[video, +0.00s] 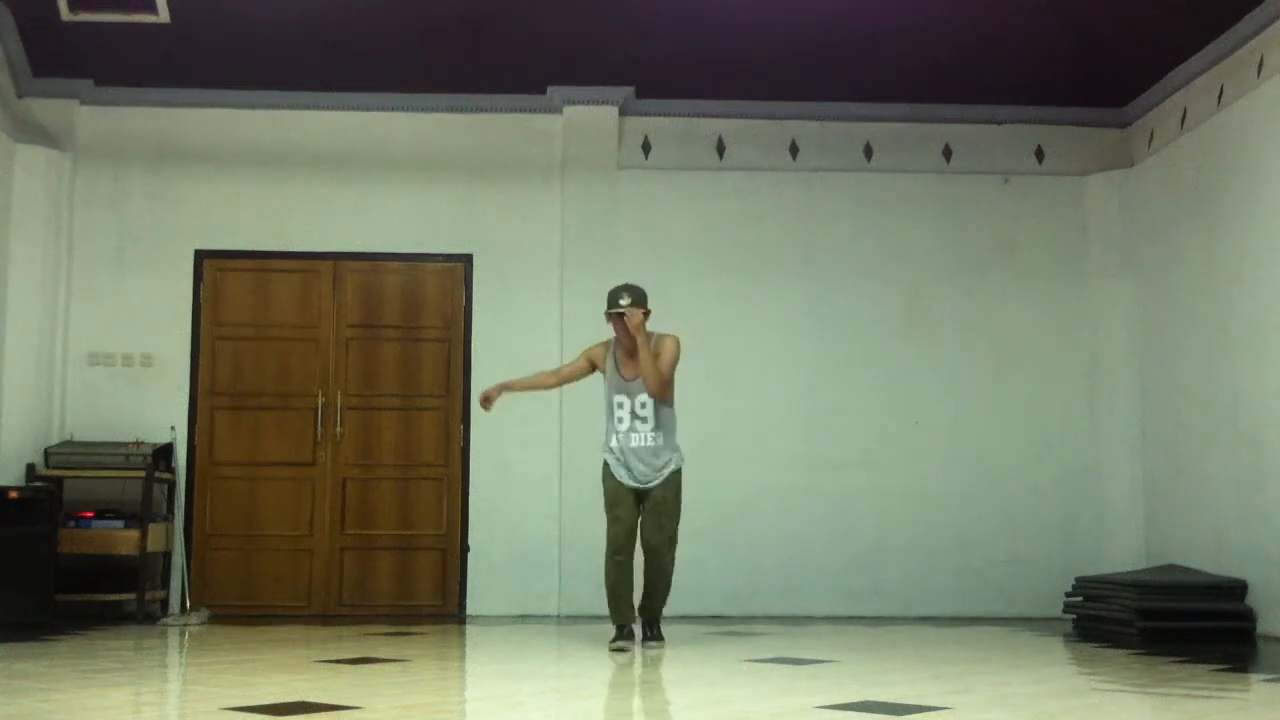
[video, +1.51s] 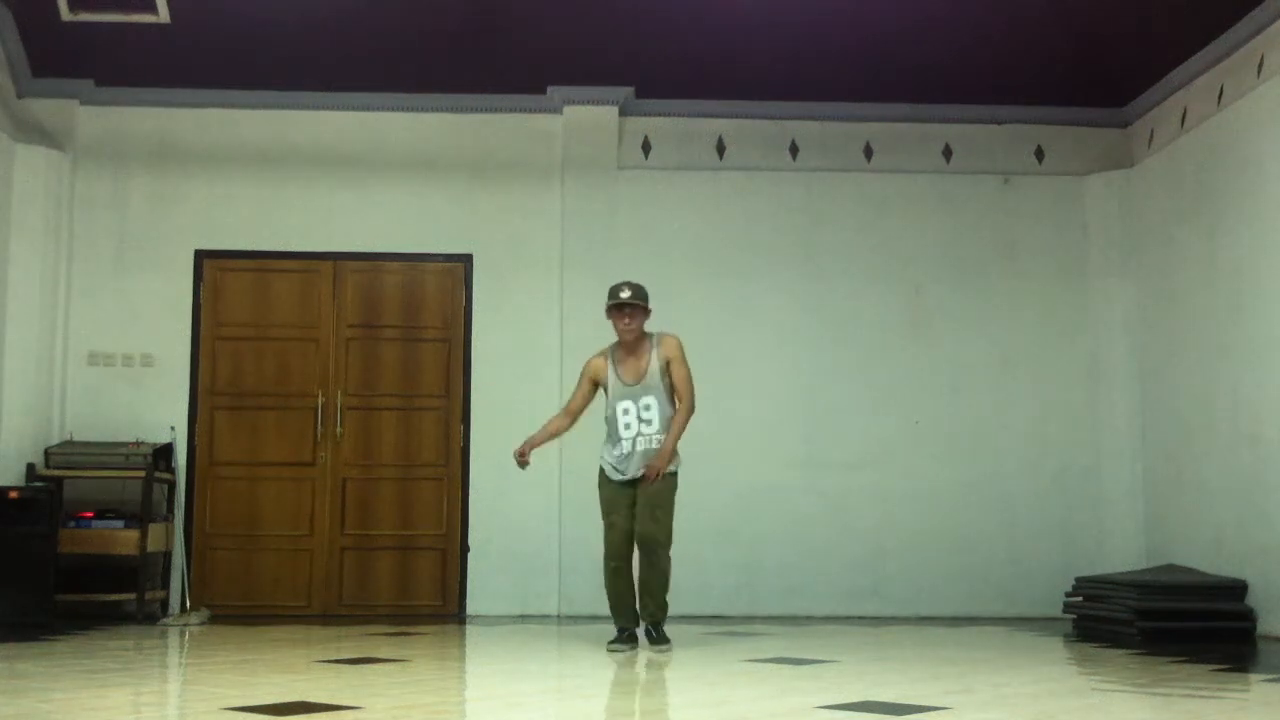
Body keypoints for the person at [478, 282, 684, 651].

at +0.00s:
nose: (617, 324)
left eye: (623, 316)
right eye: (613, 318)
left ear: (643, 315)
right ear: (608, 319)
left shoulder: (665, 345)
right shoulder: (602, 352)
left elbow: (657, 388)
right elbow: (555, 377)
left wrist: (640, 338)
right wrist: (504, 387)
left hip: (663, 466)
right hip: (619, 466)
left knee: (659, 547)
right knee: (620, 546)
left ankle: (652, 618)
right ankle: (623, 625)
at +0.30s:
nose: (621, 332)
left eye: (627, 325)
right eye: (614, 325)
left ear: (640, 325)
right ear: (604, 327)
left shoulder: (660, 348)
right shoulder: (597, 370)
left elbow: (678, 399)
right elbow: (555, 410)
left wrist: (648, 411)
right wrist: (501, 409)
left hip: (655, 469)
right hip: (613, 472)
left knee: (640, 538)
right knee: (611, 547)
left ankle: (652, 611)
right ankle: (630, 627)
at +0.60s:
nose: (635, 323)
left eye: (642, 317)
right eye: (628, 316)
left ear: (653, 319)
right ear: (617, 316)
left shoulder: (668, 347)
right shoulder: (601, 352)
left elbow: (664, 408)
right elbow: (616, 396)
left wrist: (644, 461)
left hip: (655, 460)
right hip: (611, 461)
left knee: (655, 539)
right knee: (618, 547)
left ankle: (657, 619)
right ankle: (629, 627)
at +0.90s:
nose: (659, 330)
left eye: (666, 324)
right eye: (652, 323)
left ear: (676, 328)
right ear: (641, 324)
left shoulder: (683, 369)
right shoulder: (621, 352)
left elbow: (666, 430)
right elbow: (632, 404)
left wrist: (643, 478)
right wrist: (686, 394)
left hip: (661, 466)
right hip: (618, 465)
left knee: (662, 545)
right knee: (625, 541)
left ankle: (655, 626)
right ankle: (624, 619)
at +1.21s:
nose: (647, 321)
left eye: (654, 315)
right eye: (640, 315)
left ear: (666, 318)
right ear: (630, 318)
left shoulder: (684, 356)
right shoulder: (614, 354)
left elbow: (678, 416)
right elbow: (603, 410)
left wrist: (663, 470)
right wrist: (593, 464)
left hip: (666, 466)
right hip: (621, 466)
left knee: (662, 548)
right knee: (625, 544)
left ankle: (657, 628)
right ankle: (629, 623)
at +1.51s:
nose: (626, 317)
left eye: (633, 310)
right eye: (619, 311)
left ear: (646, 314)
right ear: (610, 316)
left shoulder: (666, 348)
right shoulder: (599, 365)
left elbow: (686, 404)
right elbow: (568, 414)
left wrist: (665, 452)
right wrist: (531, 442)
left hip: (658, 467)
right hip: (615, 470)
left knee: (653, 544)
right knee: (617, 548)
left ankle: (654, 622)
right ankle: (626, 627)